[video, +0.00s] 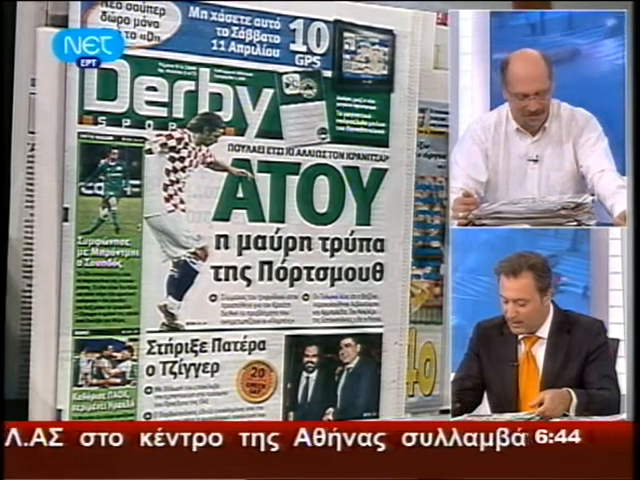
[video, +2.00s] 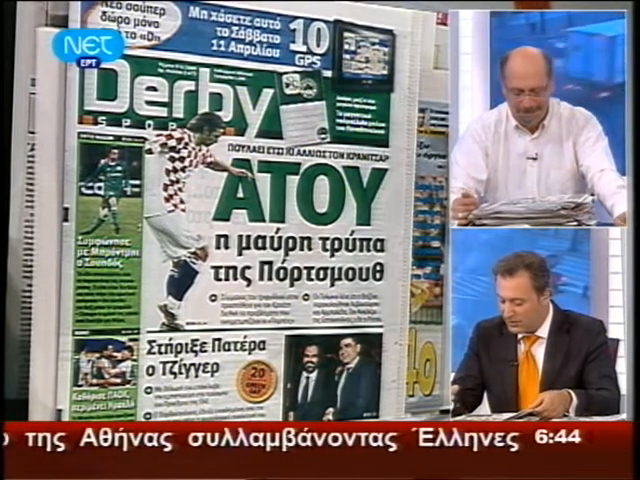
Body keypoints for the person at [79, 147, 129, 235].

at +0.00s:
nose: (115, 156)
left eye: (116, 154)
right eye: (113, 154)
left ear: (118, 155)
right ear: (109, 155)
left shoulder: (122, 165)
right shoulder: (104, 165)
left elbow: (126, 176)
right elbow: (95, 175)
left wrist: (128, 187)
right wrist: (85, 182)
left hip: (118, 190)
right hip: (108, 189)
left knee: (105, 213)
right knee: (113, 205)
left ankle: (91, 230)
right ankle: (116, 226)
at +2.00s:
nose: (115, 156)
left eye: (116, 154)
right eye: (113, 154)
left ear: (118, 155)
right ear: (109, 154)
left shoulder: (122, 165)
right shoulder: (104, 165)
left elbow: (126, 176)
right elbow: (95, 174)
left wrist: (128, 187)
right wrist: (85, 182)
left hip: (118, 190)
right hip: (108, 189)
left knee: (105, 213)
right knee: (113, 205)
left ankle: (91, 230)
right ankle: (116, 226)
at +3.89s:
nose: (115, 156)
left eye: (116, 154)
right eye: (113, 154)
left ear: (118, 155)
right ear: (109, 154)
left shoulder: (122, 165)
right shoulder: (104, 165)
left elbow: (126, 177)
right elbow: (95, 174)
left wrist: (127, 187)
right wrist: (85, 182)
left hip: (118, 190)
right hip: (108, 189)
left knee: (105, 213)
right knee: (113, 205)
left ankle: (91, 230)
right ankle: (116, 225)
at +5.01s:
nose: (115, 156)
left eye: (116, 154)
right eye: (113, 153)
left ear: (118, 155)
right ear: (109, 154)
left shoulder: (122, 166)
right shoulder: (104, 165)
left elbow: (126, 177)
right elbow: (95, 174)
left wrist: (127, 187)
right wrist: (86, 182)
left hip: (118, 190)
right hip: (108, 189)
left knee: (105, 213)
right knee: (113, 206)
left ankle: (91, 230)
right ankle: (116, 226)